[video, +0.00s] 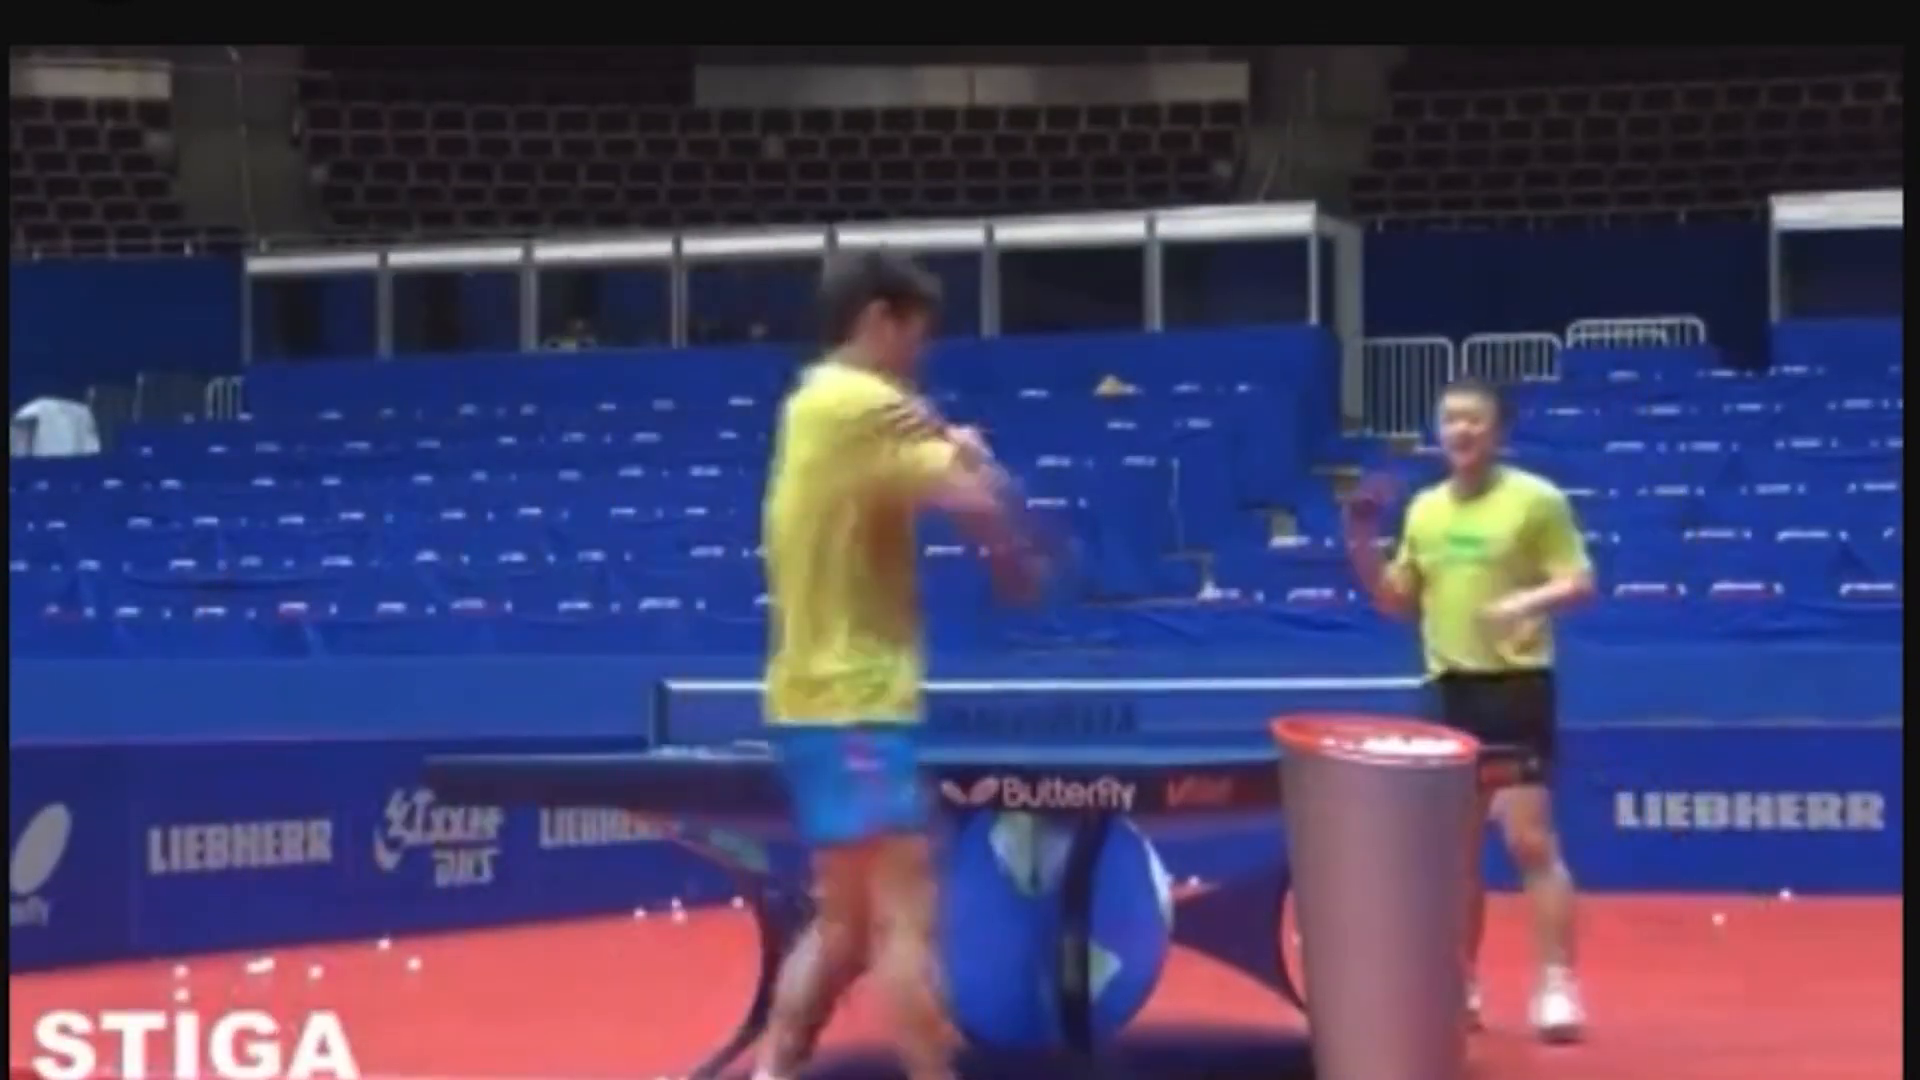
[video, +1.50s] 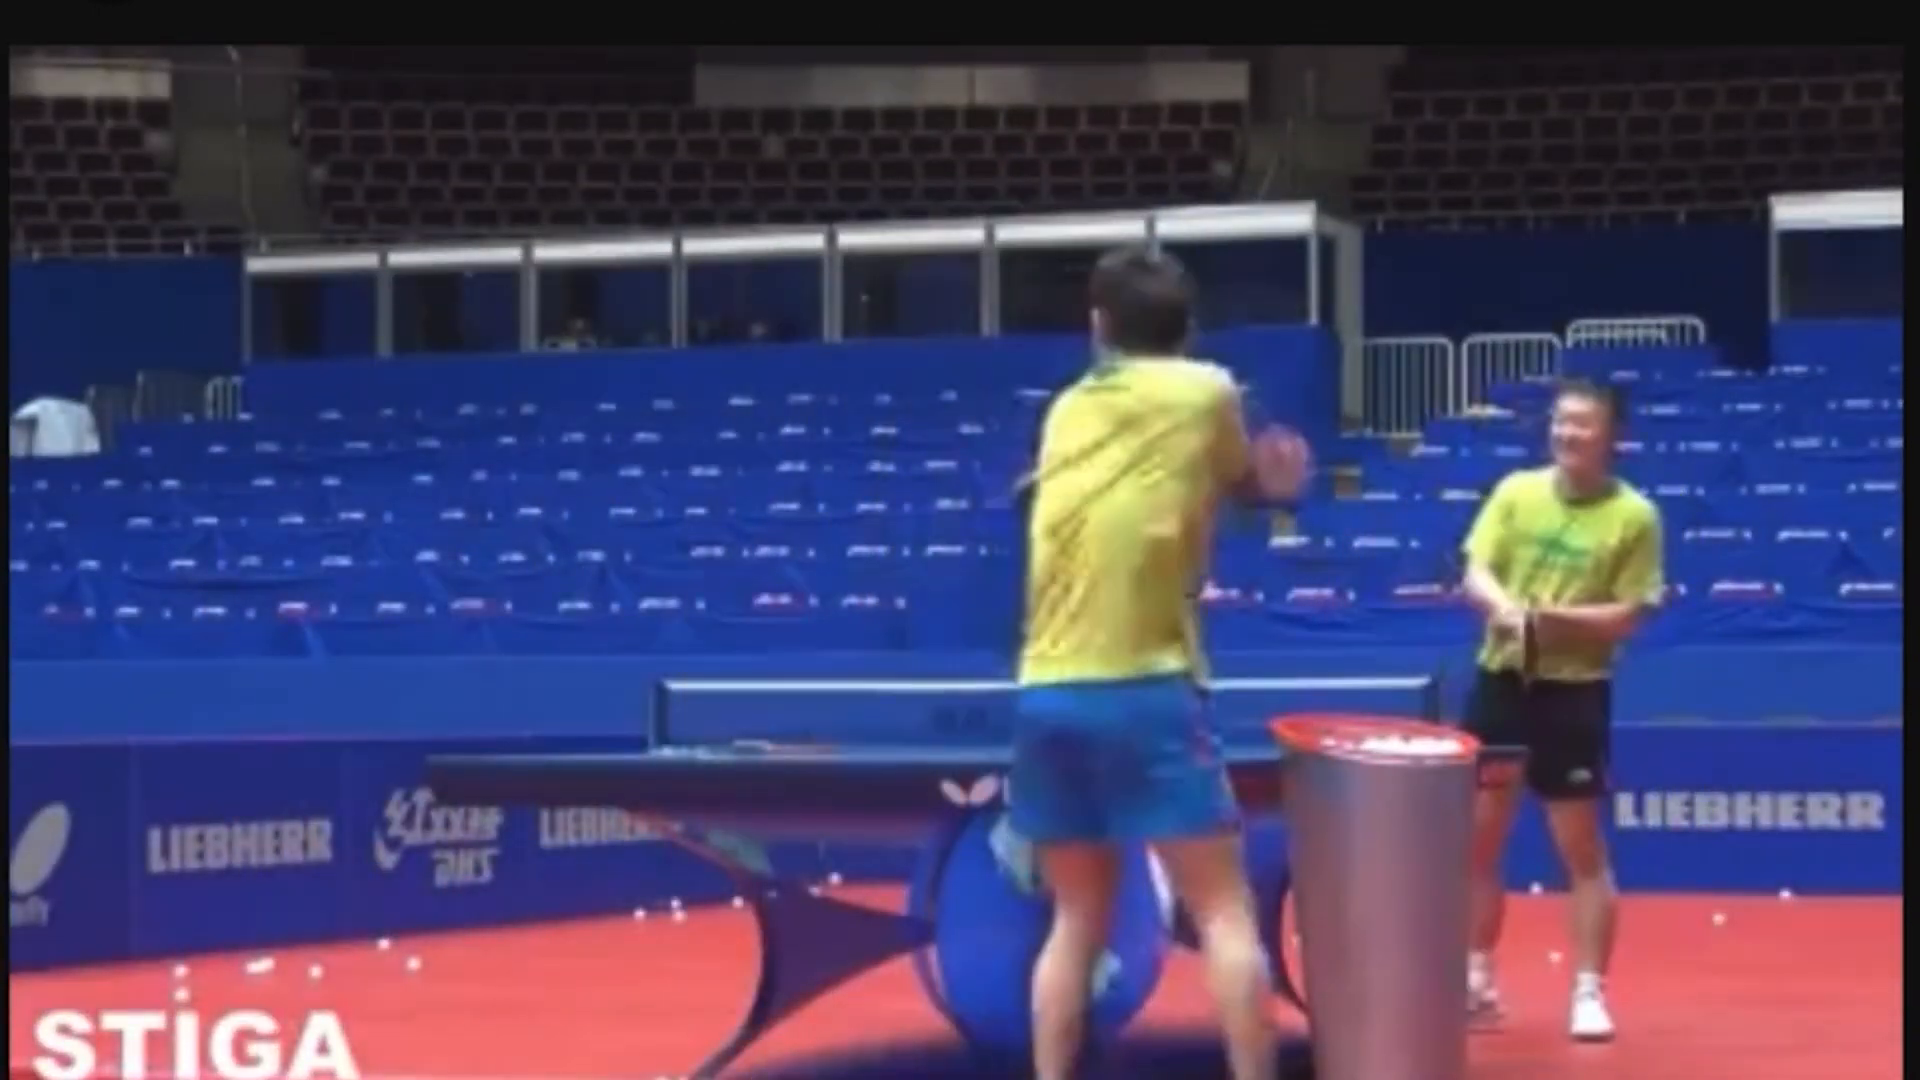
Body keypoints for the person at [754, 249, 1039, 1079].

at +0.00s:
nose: (923, 351)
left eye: (925, 332)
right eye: (918, 331)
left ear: (866, 324)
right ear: (879, 320)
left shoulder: (817, 399)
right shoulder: (858, 405)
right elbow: (978, 497)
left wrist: (959, 457)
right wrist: (1009, 554)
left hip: (817, 702)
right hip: (858, 707)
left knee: (842, 929)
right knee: (906, 922)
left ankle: (771, 1068)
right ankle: (936, 1068)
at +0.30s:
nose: (993, 316)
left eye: (989, 299)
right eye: (984, 297)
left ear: (942, 303)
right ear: (948, 299)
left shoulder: (949, 402)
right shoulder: (903, 373)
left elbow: (1050, 465)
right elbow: (1029, 286)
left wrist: (983, 400)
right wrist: (1114, 276)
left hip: (946, 670)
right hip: (924, 670)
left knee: (960, 892)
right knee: (988, 895)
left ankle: (904, 1066)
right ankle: (958, 1070)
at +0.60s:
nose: (1058, 334)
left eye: (1058, 320)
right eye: (1055, 319)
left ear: (1008, 315)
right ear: (1031, 316)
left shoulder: (1013, 415)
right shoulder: (960, 387)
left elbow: (1096, 476)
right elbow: (948, 307)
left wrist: (1039, 412)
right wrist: (982, 199)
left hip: (957, 668)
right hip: (969, 667)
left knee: (946, 905)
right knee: (1013, 907)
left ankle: (893, 1064)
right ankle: (964, 1068)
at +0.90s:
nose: (1091, 342)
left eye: (1089, 326)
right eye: (1091, 326)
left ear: (1012, 317)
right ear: (1073, 322)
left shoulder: (994, 387)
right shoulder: (1018, 390)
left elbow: (1049, 511)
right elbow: (1117, 492)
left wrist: (1106, 577)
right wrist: (1198, 542)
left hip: (1008, 680)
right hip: (975, 683)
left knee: (1069, 879)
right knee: (998, 902)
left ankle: (1005, 1058)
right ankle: (958, 1071)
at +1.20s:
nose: (1132, 331)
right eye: (1131, 320)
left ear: (1043, 324)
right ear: (1123, 323)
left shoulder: (1015, 405)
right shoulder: (1107, 378)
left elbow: (1149, 516)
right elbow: (1165, 445)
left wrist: (1183, 420)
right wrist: (1186, 400)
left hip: (995, 686)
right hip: (1056, 684)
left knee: (1064, 913)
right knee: (1122, 909)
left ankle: (1046, 1067)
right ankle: (1009, 1066)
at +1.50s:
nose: (1090, 324)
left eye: (1091, 314)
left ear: (1100, 324)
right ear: (1184, 326)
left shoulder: (1065, 411)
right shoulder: (1209, 392)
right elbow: (1239, 483)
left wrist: (1256, 478)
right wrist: (1275, 474)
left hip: (1047, 698)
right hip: (1150, 695)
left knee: (1074, 915)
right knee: (1221, 912)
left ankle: (1051, 1072)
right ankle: (1253, 1069)